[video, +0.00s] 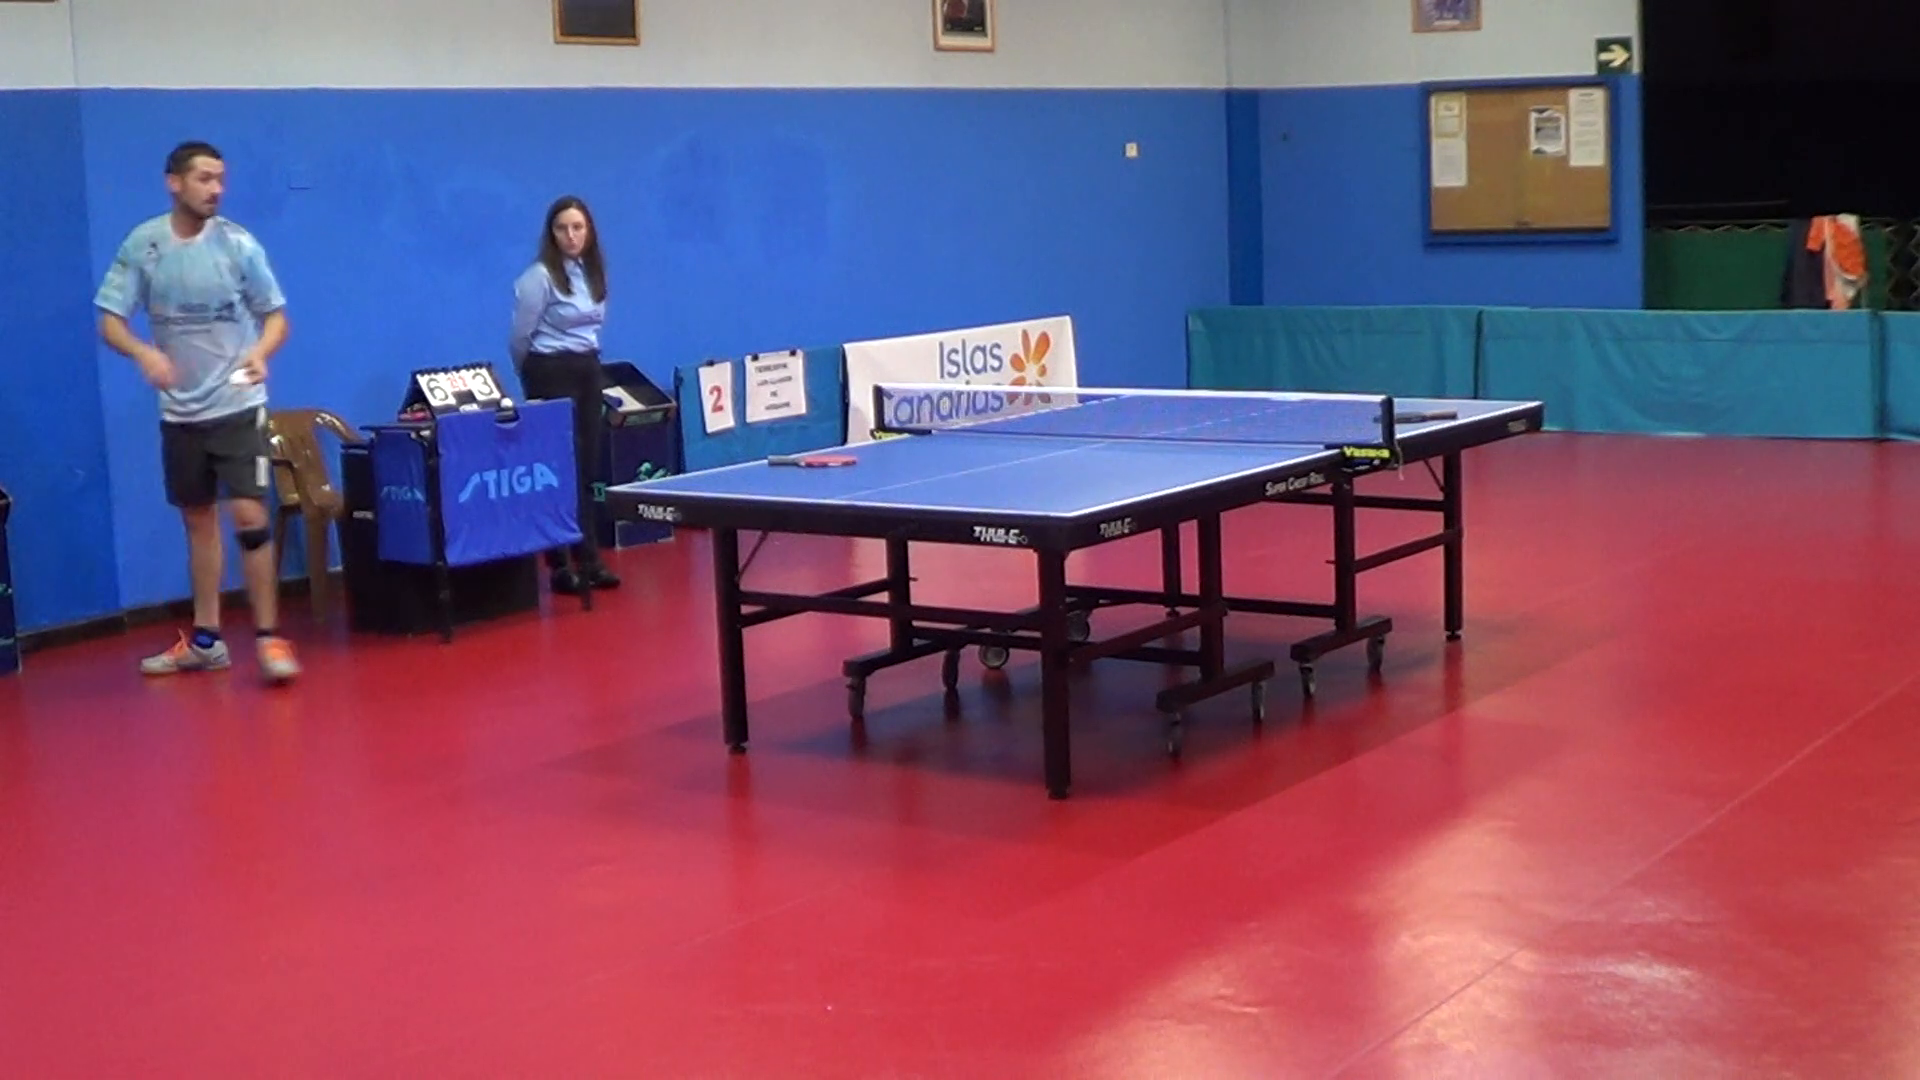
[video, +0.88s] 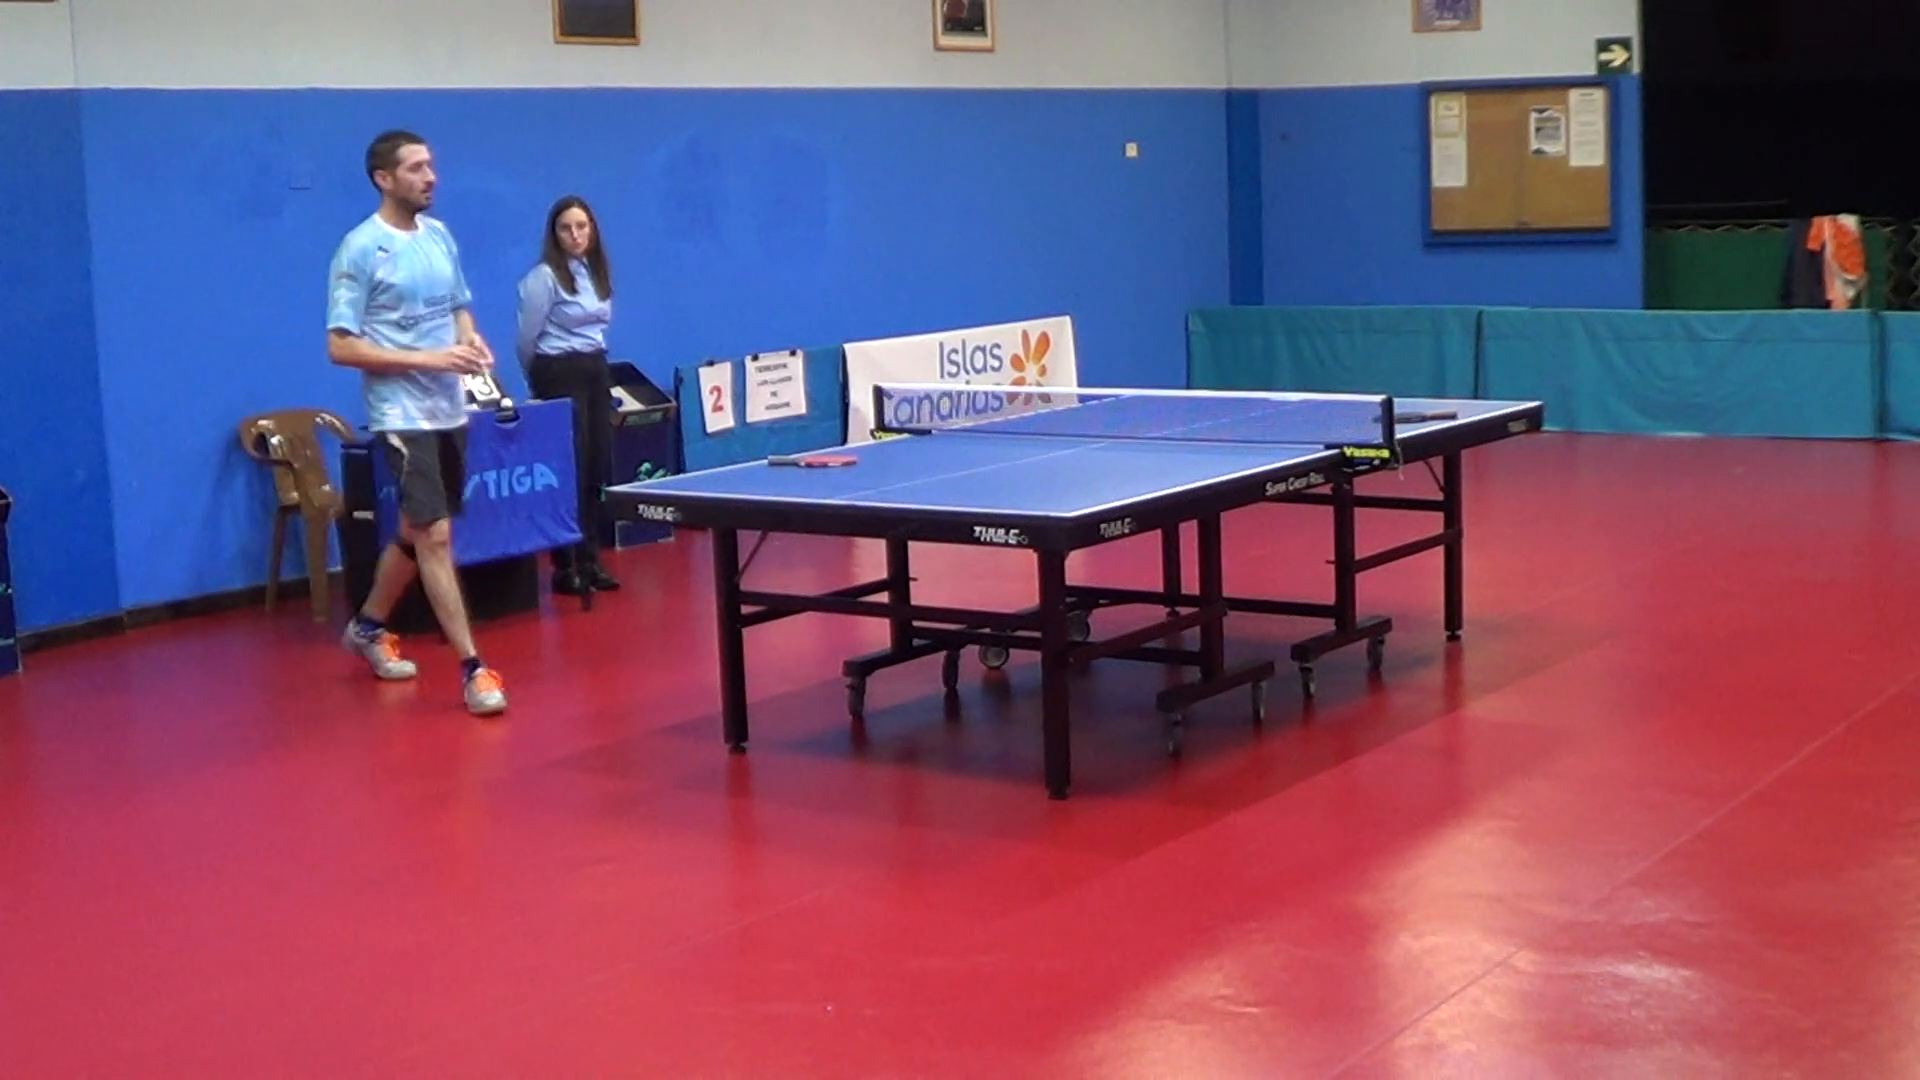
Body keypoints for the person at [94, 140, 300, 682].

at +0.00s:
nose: (215, 188)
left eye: (220, 179)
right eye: (204, 178)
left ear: (222, 185)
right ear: (174, 183)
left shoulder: (239, 244)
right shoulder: (143, 244)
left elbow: (277, 318)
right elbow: (108, 321)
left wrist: (259, 352)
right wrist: (145, 355)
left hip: (239, 403)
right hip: (180, 410)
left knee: (250, 518)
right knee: (198, 521)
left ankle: (269, 639)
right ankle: (206, 639)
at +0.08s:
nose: (244, 187)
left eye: (247, 178)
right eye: (232, 177)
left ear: (248, 186)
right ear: (201, 183)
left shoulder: (265, 247)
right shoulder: (165, 245)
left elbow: (291, 317)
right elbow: (138, 329)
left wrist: (282, 351)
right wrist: (199, 355)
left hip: (262, 407)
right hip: (198, 414)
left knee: (291, 517)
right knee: (207, 520)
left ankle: (322, 636)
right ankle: (208, 639)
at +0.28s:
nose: (319, 186)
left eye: (320, 177)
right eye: (307, 176)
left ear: (318, 185)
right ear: (274, 183)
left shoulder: (327, 245)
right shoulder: (237, 247)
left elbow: (345, 316)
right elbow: (209, 335)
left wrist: (339, 353)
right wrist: (286, 361)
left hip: (327, 414)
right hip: (258, 422)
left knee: (354, 519)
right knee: (234, 528)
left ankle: (359, 643)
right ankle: (217, 639)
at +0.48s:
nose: (363, 172)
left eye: (364, 163)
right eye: (351, 164)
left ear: (357, 170)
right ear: (318, 171)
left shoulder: (371, 229)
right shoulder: (283, 235)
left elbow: (391, 302)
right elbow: (257, 325)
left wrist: (392, 341)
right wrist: (341, 349)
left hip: (367, 404)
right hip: (307, 405)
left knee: (364, 522)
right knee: (307, 523)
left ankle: (361, 643)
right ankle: (305, 645)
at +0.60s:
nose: (384, 172)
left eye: (384, 162)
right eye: (371, 164)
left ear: (380, 169)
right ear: (339, 173)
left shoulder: (392, 229)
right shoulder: (307, 237)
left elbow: (413, 301)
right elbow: (282, 329)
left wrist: (421, 341)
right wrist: (371, 347)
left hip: (390, 401)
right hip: (337, 403)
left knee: (372, 522)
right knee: (365, 520)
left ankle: (360, 641)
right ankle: (376, 652)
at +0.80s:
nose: (416, 180)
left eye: (417, 170)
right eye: (404, 172)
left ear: (414, 177)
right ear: (371, 182)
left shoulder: (426, 238)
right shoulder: (344, 250)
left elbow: (444, 311)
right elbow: (325, 344)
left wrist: (457, 344)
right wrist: (413, 357)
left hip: (428, 411)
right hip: (381, 417)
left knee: (388, 531)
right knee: (424, 532)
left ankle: (360, 639)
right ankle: (468, 662)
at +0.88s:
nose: (429, 176)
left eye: (430, 166)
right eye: (417, 168)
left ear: (428, 173)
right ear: (384, 179)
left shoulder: (439, 234)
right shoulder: (359, 248)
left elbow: (458, 308)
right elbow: (340, 346)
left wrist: (471, 340)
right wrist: (429, 358)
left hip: (449, 408)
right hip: (401, 415)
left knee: (418, 536)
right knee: (435, 535)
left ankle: (367, 626)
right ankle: (474, 669)